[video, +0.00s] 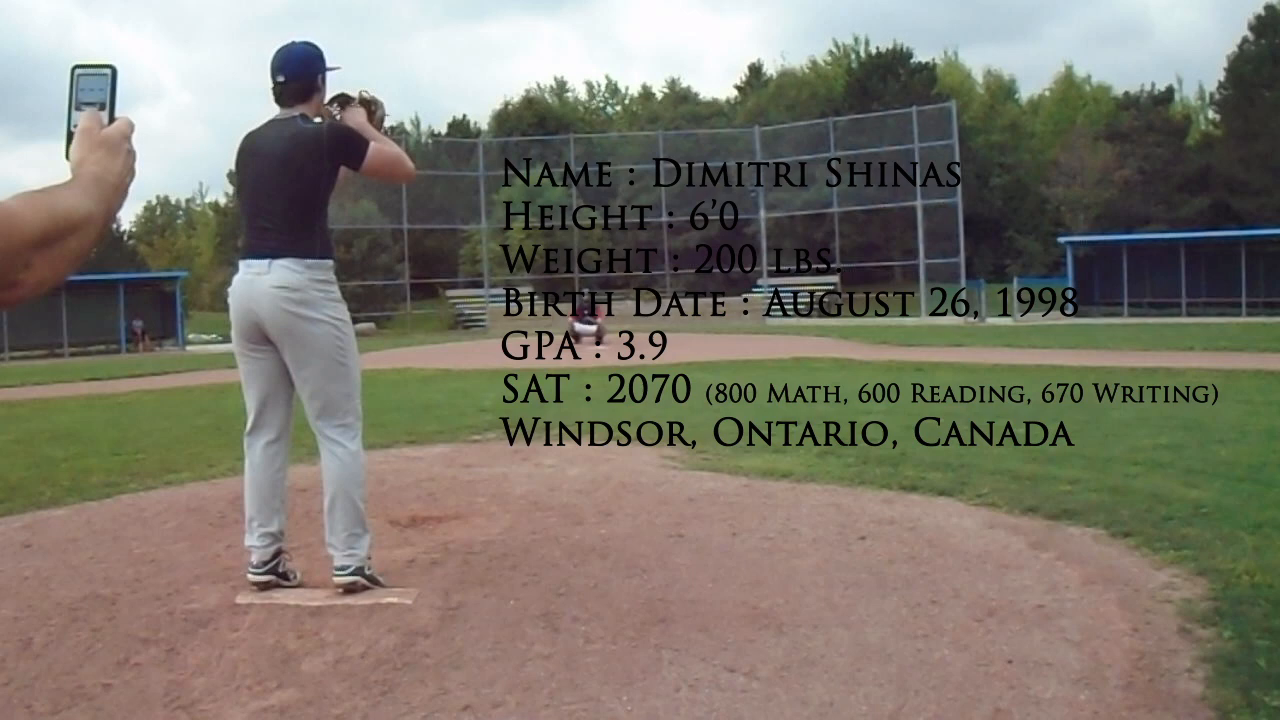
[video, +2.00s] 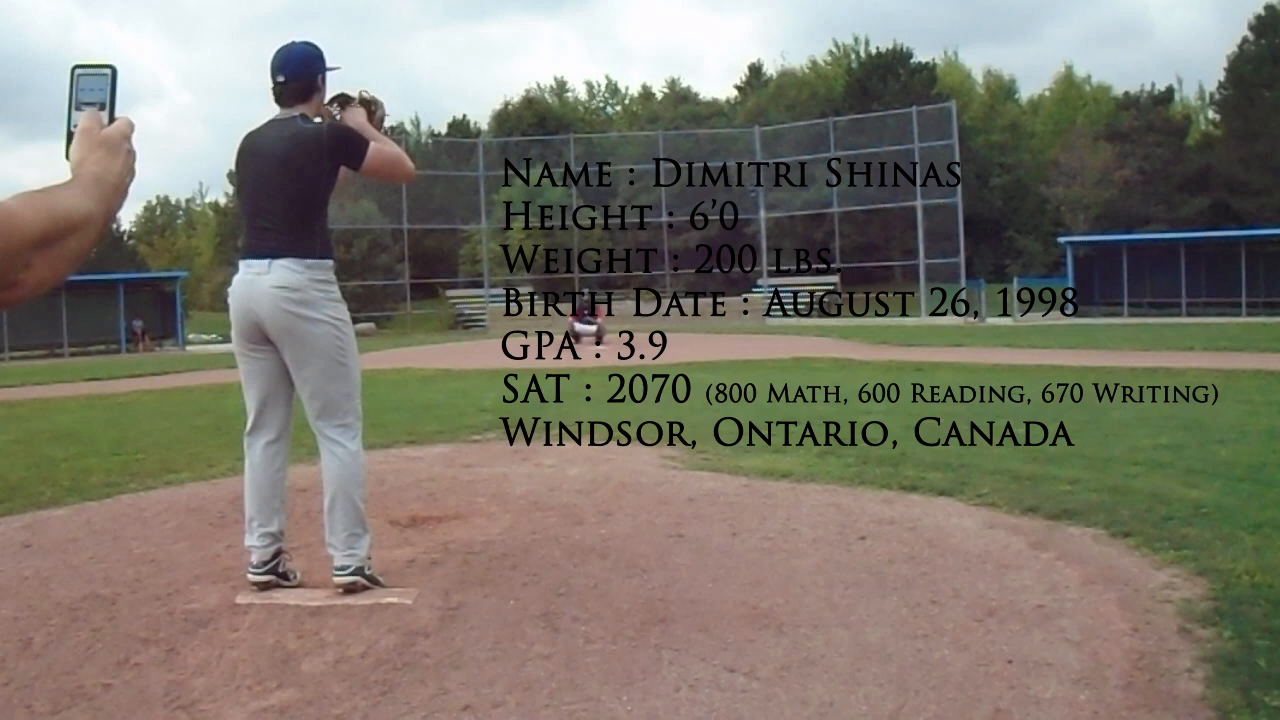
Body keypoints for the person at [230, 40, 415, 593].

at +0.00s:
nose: (327, 88)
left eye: (322, 81)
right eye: (325, 81)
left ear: (275, 88)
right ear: (320, 86)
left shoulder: (250, 143)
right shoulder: (327, 135)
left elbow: (301, 185)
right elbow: (402, 167)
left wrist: (327, 131)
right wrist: (362, 125)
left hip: (246, 288)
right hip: (303, 286)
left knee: (264, 430)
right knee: (338, 429)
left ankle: (263, 558)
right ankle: (350, 561)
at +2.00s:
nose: (327, 88)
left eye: (322, 81)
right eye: (325, 81)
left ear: (275, 88)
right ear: (320, 86)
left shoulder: (250, 143)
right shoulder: (327, 135)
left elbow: (301, 185)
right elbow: (402, 167)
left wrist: (327, 131)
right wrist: (362, 125)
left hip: (246, 288)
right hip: (303, 286)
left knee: (264, 430)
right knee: (338, 429)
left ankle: (263, 558)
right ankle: (350, 561)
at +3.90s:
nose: (327, 88)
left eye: (322, 81)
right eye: (325, 81)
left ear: (275, 88)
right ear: (320, 86)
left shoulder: (250, 143)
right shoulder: (327, 135)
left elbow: (301, 185)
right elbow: (402, 167)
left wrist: (327, 131)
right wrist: (362, 125)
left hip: (246, 288)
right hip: (303, 286)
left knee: (264, 430)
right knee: (338, 429)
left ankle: (263, 558)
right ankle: (350, 561)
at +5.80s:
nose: (332, 90)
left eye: (327, 83)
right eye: (331, 83)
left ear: (281, 90)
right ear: (324, 88)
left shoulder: (254, 142)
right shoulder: (329, 135)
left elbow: (316, 190)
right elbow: (406, 169)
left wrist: (346, 135)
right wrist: (367, 126)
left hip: (248, 287)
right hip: (304, 286)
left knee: (265, 428)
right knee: (340, 429)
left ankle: (263, 557)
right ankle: (350, 561)